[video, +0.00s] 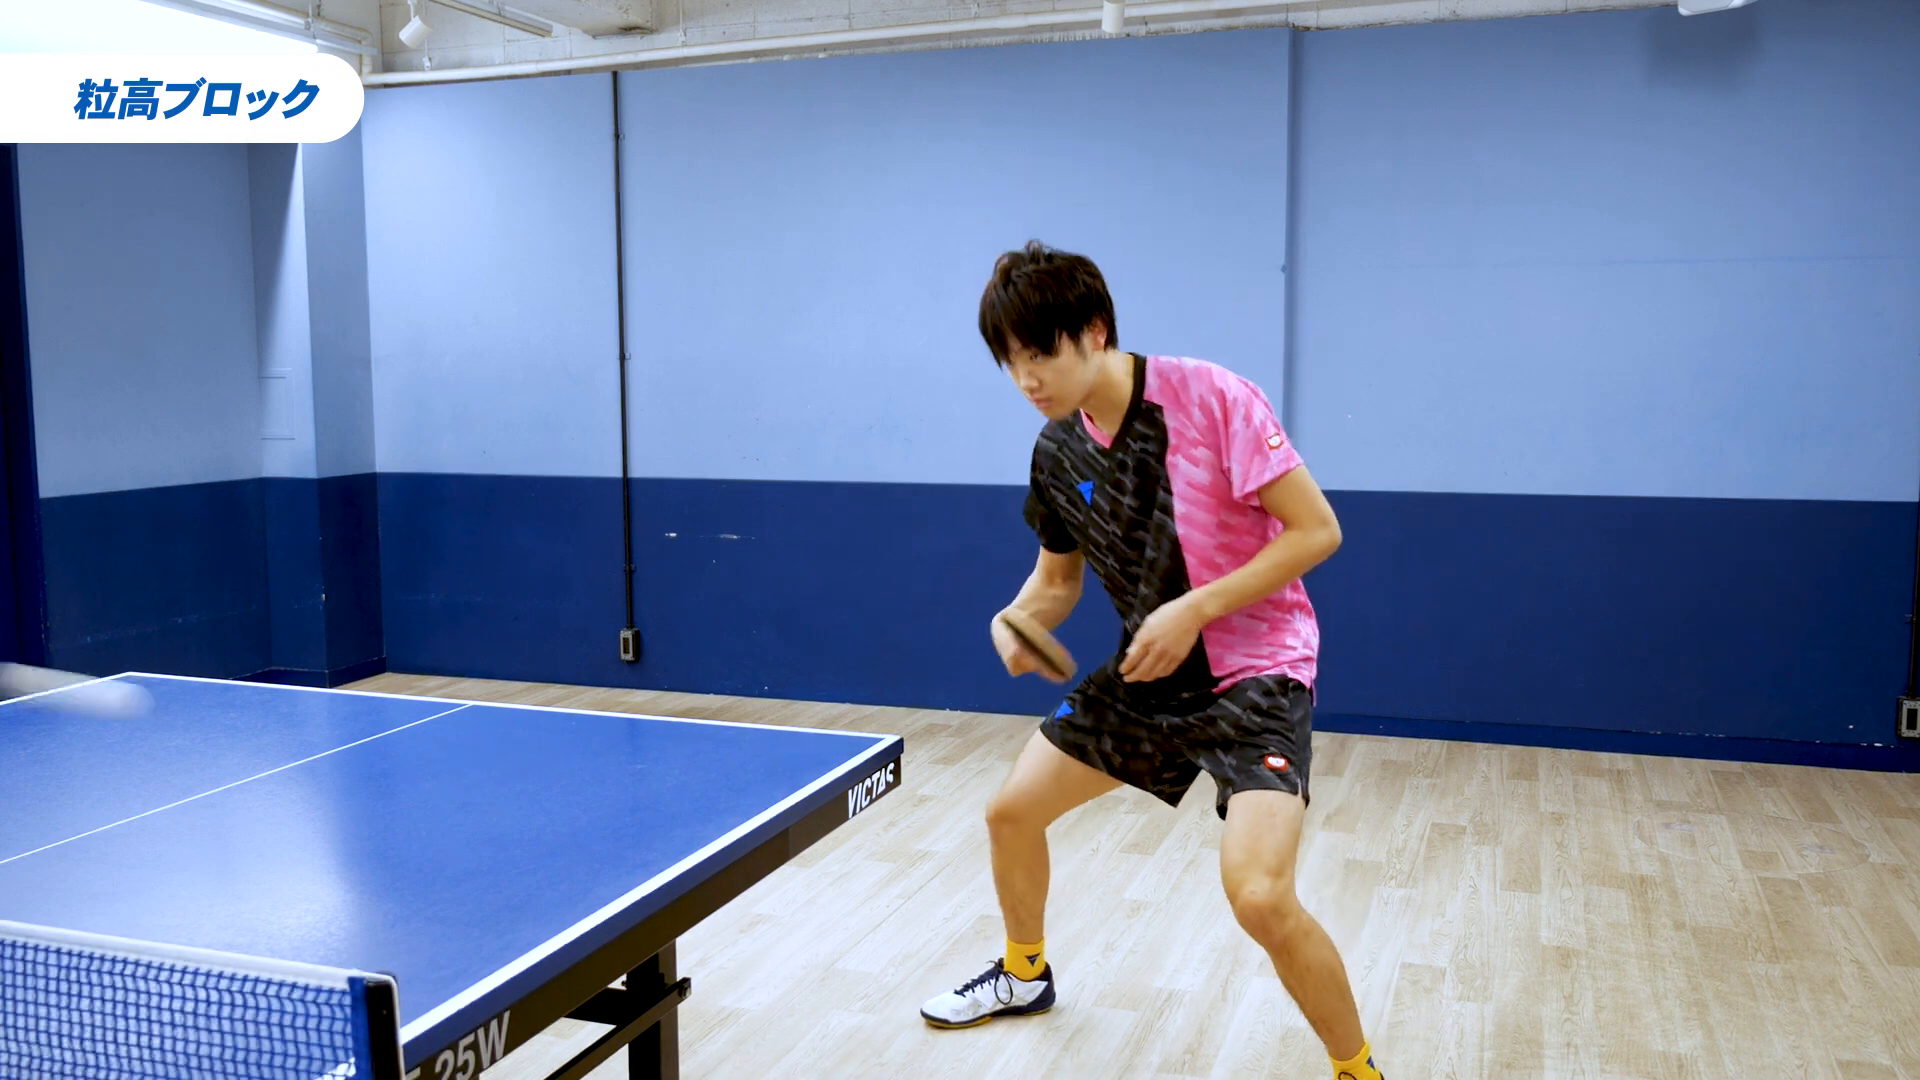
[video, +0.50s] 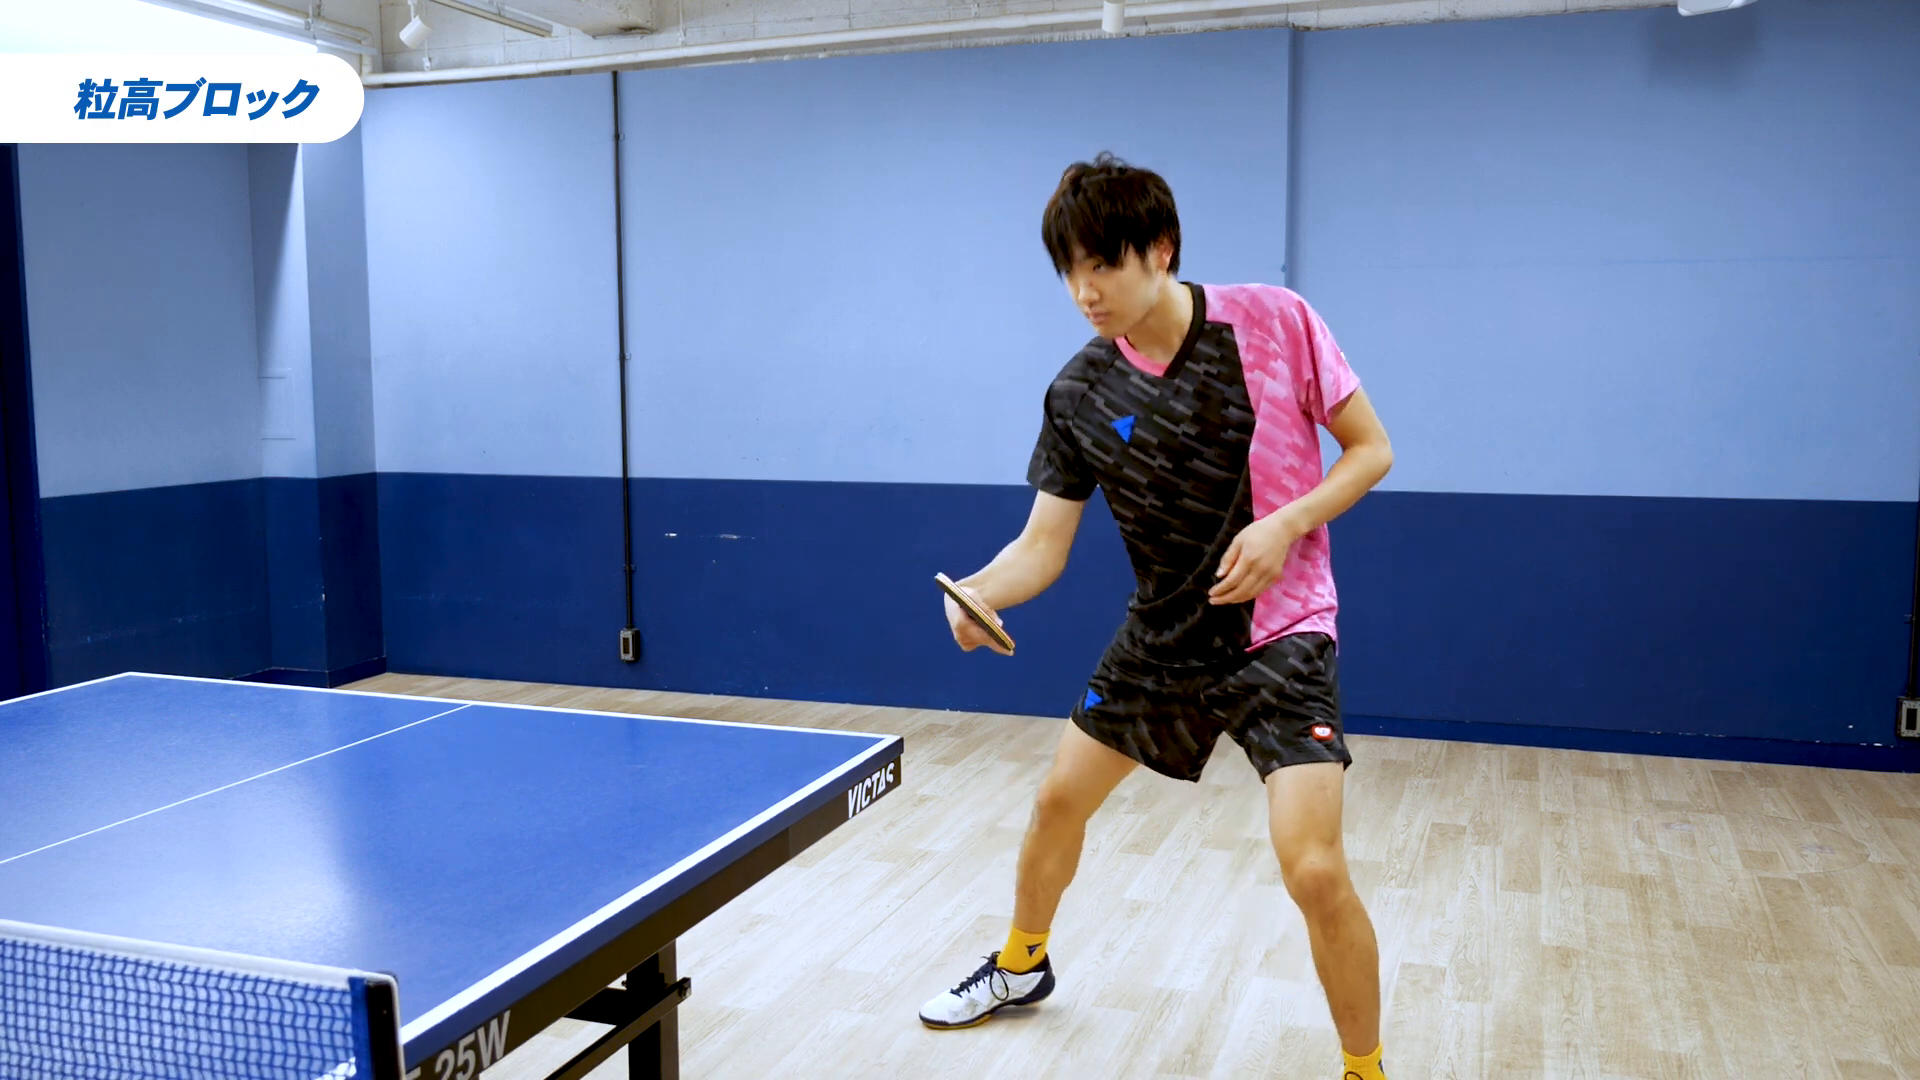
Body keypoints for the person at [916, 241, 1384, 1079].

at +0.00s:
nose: (1023, 380)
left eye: (1036, 353)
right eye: (1010, 362)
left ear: (1094, 332)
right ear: (1007, 362)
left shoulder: (1214, 399)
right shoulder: (1056, 451)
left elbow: (1317, 529)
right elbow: (1057, 578)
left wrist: (1195, 609)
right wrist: (1013, 620)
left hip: (1257, 667)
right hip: (1151, 669)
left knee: (1257, 893)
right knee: (1011, 813)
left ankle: (1357, 1069)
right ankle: (1023, 973)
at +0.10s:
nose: (1042, 398)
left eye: (1052, 372)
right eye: (1028, 380)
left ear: (1109, 344)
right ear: (1021, 378)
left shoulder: (1235, 394)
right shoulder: (1068, 454)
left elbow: (1339, 520)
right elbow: (1082, 586)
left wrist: (1229, 606)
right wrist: (1043, 607)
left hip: (1274, 663)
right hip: (1160, 664)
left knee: (1277, 897)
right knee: (1024, 817)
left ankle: (1358, 1069)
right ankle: (1025, 973)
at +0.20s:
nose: (1059, 392)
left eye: (1072, 365)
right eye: (1042, 375)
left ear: (1128, 338)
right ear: (1030, 372)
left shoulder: (1251, 376)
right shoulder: (1072, 455)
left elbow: (1361, 495)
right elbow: (1061, 616)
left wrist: (1265, 588)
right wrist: (1013, 598)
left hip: (1289, 656)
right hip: (1171, 657)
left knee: (1304, 888)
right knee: (1043, 820)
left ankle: (1363, 1070)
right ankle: (1026, 974)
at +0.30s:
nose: (1073, 364)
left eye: (1086, 337)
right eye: (1056, 346)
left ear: (1142, 311)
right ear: (1044, 342)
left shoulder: (1262, 351)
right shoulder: (1077, 444)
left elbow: (1372, 467)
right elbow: (1050, 596)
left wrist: (1289, 556)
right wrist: (1001, 616)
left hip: (1294, 640)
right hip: (1174, 647)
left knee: (1318, 879)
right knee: (1057, 814)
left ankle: (1364, 1070)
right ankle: (1026, 971)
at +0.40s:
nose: (1080, 323)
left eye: (1096, 297)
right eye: (1066, 304)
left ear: (1154, 277)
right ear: (1057, 302)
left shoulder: (1272, 330)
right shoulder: (1080, 415)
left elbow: (1375, 449)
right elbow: (1043, 563)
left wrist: (1296, 533)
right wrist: (979, 607)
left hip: (1292, 630)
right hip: (1172, 635)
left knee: (1320, 873)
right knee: (1062, 802)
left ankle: (1365, 1068)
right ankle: (1023, 964)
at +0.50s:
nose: (1084, 290)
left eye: (1101, 264)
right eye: (1071, 271)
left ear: (1160, 251)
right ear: (1065, 273)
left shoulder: (1275, 322)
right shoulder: (1081, 393)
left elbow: (1371, 449)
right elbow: (1042, 543)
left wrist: (1285, 526)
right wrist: (979, 588)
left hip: (1282, 626)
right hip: (1165, 628)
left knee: (1315, 872)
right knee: (1059, 797)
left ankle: (1364, 1068)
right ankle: (1022, 962)